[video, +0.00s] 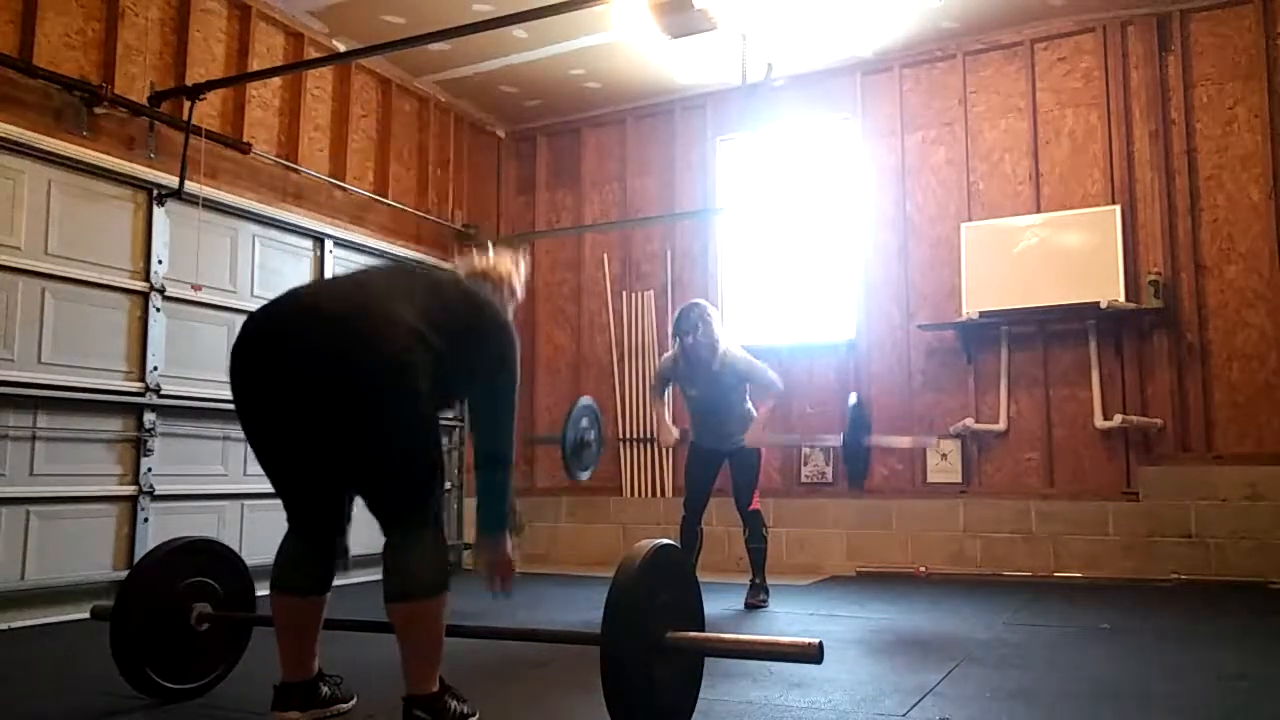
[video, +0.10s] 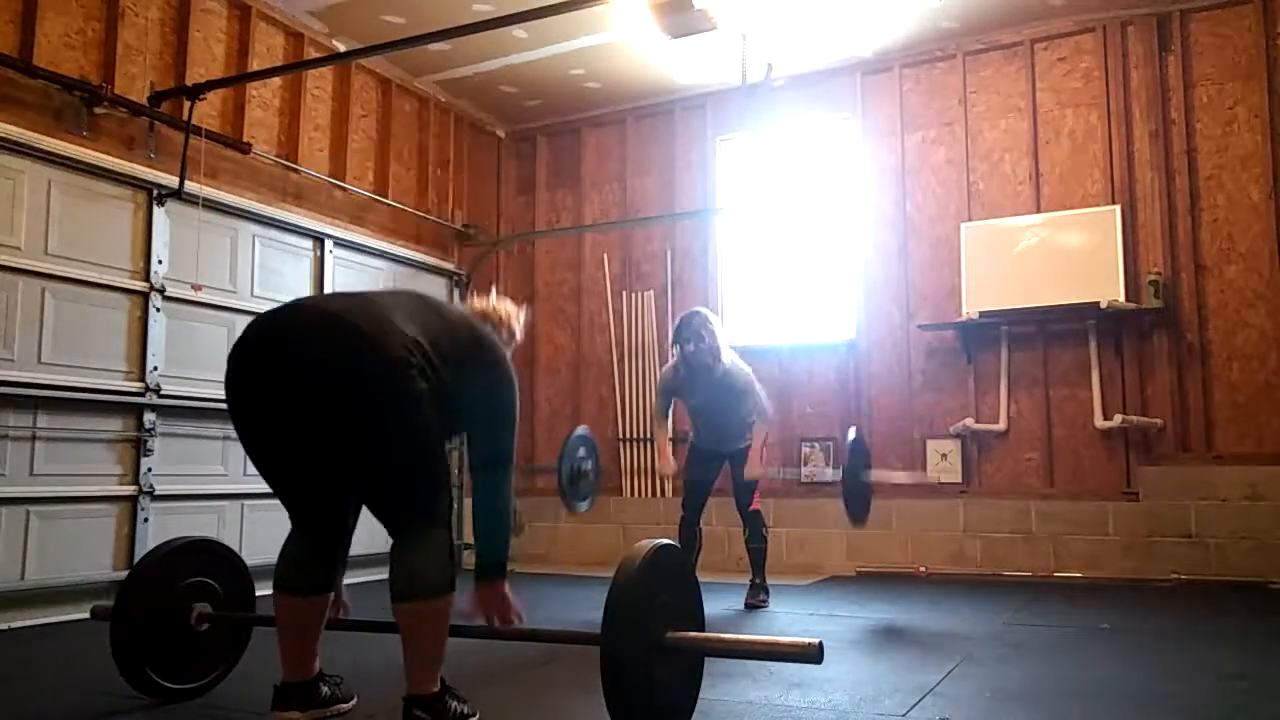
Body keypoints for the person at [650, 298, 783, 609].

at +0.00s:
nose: (691, 341)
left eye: (698, 333)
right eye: (685, 335)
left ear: (713, 332)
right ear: (678, 337)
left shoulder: (732, 360)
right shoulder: (673, 364)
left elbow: (775, 388)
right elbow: (657, 389)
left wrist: (758, 425)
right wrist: (664, 424)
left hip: (742, 442)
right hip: (703, 443)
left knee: (747, 506)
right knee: (691, 512)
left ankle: (758, 582)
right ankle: (684, 581)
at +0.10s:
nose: (692, 347)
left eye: (699, 340)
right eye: (686, 341)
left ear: (713, 339)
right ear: (679, 344)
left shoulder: (736, 372)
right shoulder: (671, 377)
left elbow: (764, 415)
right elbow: (661, 416)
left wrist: (756, 458)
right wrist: (664, 456)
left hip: (742, 444)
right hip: (704, 445)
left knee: (747, 506)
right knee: (690, 511)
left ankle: (758, 583)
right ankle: (684, 582)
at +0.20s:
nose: (693, 363)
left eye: (701, 354)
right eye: (685, 357)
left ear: (716, 355)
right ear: (678, 362)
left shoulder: (733, 387)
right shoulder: (674, 392)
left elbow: (755, 439)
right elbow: (664, 440)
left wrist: (753, 487)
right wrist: (666, 484)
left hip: (741, 448)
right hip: (704, 451)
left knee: (748, 508)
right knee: (687, 514)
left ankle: (758, 584)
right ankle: (683, 584)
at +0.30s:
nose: (695, 385)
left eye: (701, 376)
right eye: (687, 379)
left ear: (714, 376)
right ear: (678, 383)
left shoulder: (732, 405)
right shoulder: (672, 412)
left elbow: (750, 454)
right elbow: (663, 459)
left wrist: (749, 510)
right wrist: (663, 509)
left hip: (741, 461)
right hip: (705, 463)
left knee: (747, 519)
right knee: (680, 516)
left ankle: (758, 585)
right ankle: (683, 584)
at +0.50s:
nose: (706, 418)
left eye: (711, 410)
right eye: (700, 411)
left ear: (719, 407)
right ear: (687, 409)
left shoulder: (735, 434)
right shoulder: (673, 437)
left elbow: (751, 484)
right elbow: (662, 487)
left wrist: (748, 539)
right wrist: (661, 535)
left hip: (734, 486)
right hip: (700, 487)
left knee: (741, 521)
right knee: (679, 518)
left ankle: (757, 585)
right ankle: (684, 584)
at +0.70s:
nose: (736, 415)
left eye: (739, 409)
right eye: (730, 409)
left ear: (743, 403)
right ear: (712, 399)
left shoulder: (746, 420)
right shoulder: (681, 416)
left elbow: (759, 465)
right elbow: (664, 466)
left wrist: (752, 503)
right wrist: (662, 506)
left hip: (724, 464)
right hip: (686, 464)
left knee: (737, 520)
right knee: (677, 526)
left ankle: (756, 584)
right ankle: (672, 587)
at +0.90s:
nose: (763, 401)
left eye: (765, 395)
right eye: (763, 394)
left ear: (758, 389)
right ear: (743, 382)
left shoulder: (747, 400)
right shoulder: (703, 389)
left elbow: (740, 439)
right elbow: (662, 431)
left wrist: (743, 475)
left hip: (701, 443)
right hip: (669, 445)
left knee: (732, 494)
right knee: (686, 509)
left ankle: (729, 562)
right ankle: (680, 574)